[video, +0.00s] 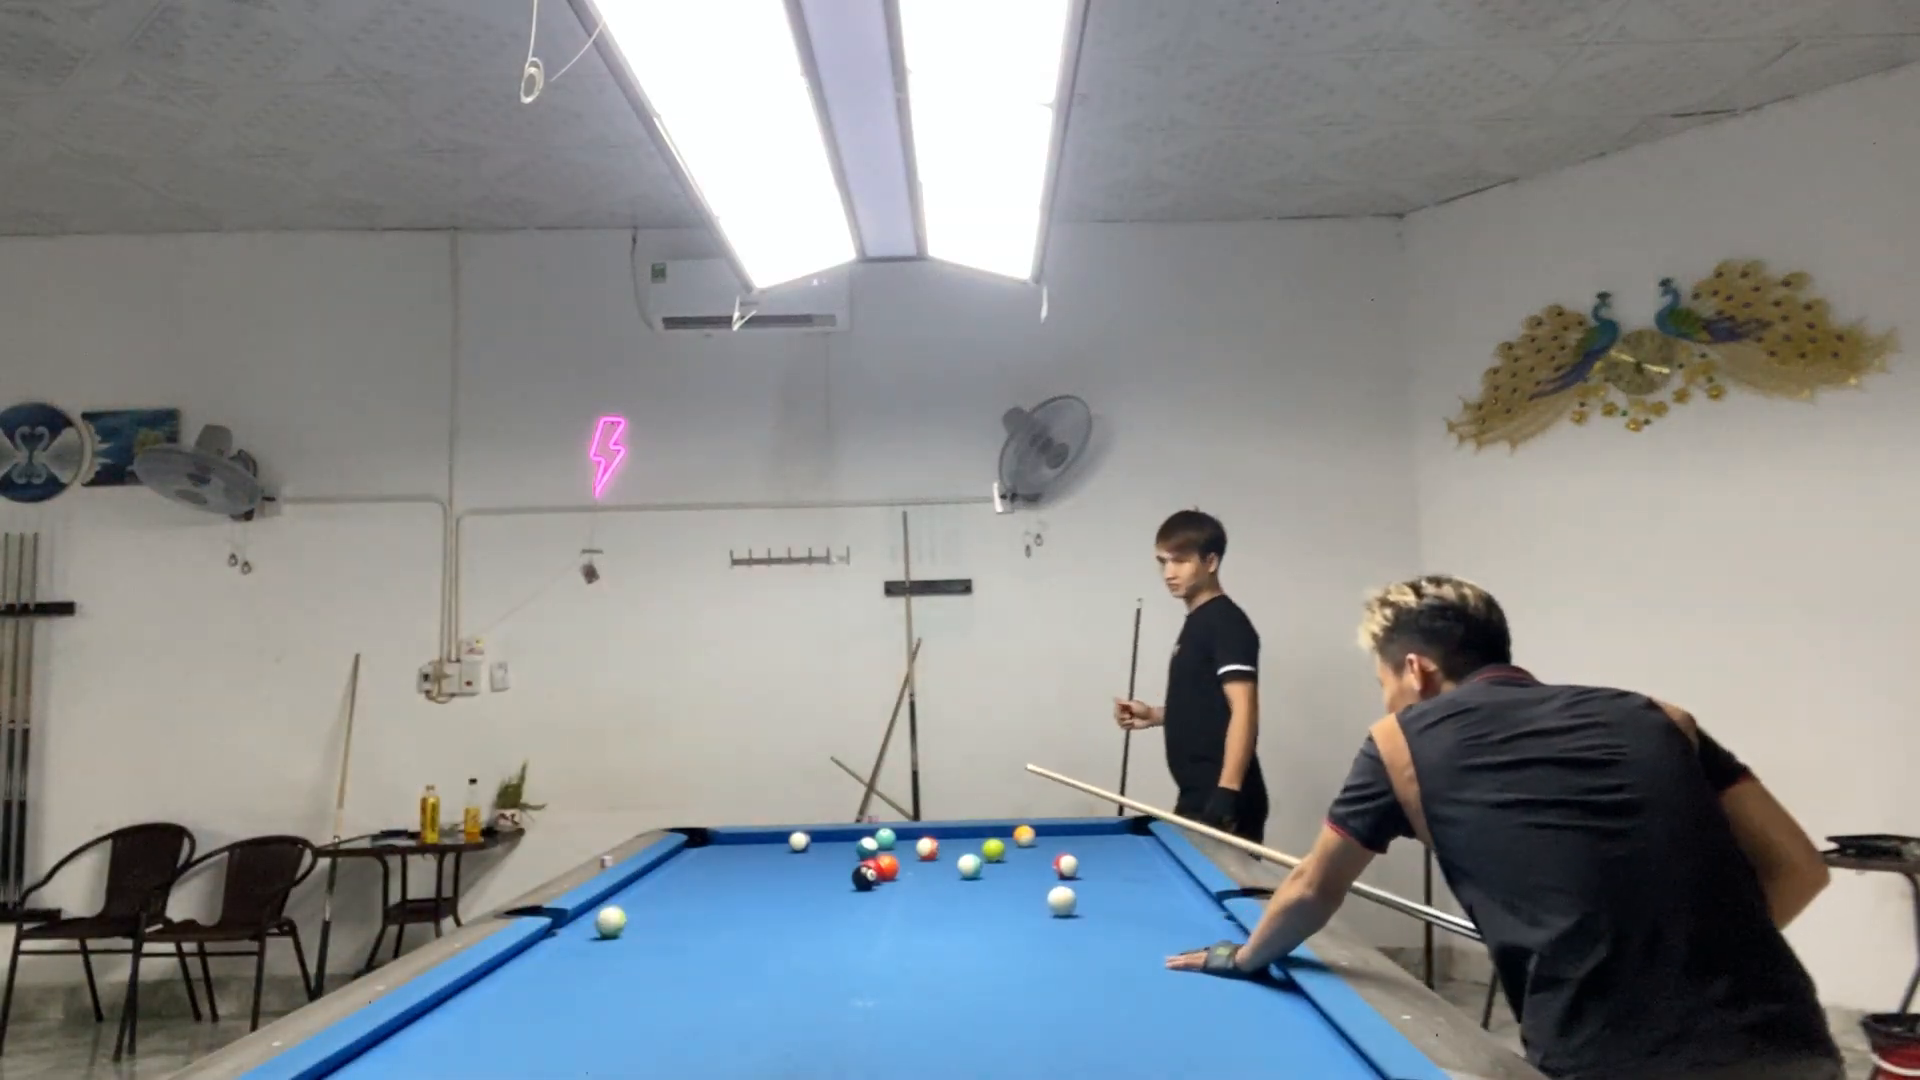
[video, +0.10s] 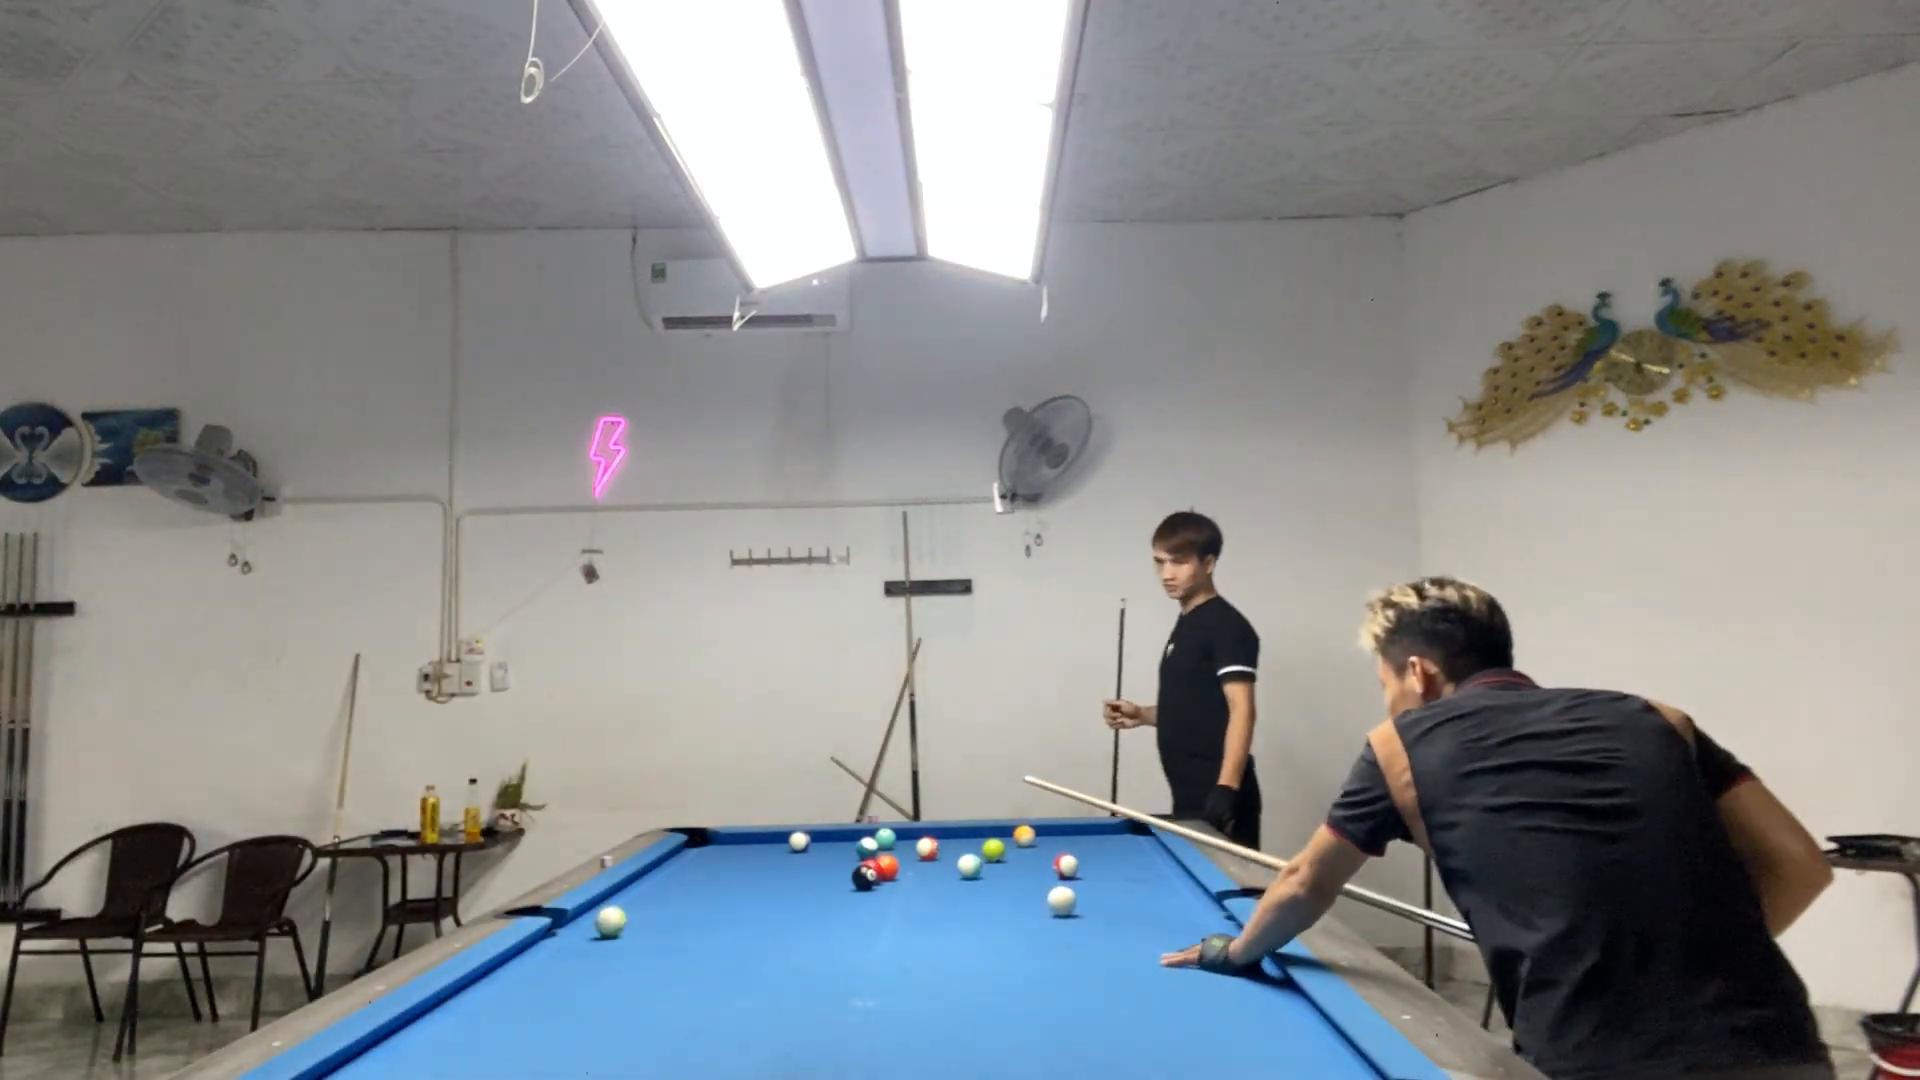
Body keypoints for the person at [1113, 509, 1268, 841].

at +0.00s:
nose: (1168, 572)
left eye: (1180, 560)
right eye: (1163, 561)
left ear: (1211, 561)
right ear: (1158, 561)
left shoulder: (1226, 623)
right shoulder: (1196, 622)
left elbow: (1244, 712)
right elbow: (1203, 705)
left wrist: (1227, 792)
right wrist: (1154, 715)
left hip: (1225, 796)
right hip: (1197, 792)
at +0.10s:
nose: (1166, 573)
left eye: (1178, 562)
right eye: (1160, 563)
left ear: (1208, 562)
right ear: (1154, 562)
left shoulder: (1227, 626)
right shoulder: (1185, 626)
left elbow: (1242, 711)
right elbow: (1191, 711)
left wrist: (1226, 789)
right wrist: (1141, 715)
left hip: (1221, 795)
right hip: (1189, 793)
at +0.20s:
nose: (1163, 573)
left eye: (1175, 563)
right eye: (1156, 563)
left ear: (1203, 564)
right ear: (1150, 563)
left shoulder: (1225, 627)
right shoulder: (1174, 628)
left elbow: (1243, 709)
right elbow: (1181, 710)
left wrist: (1231, 788)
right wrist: (1130, 711)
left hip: (1219, 794)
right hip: (1184, 791)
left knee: (1225, 899)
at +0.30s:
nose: (1158, 575)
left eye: (1170, 564)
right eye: (1151, 564)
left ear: (1197, 564)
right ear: (1144, 565)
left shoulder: (1222, 628)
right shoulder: (1164, 633)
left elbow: (1240, 711)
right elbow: (1171, 710)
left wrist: (1238, 790)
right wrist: (1121, 707)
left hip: (1213, 794)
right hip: (1178, 792)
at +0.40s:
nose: (1155, 576)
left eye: (1167, 564)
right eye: (1147, 565)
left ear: (1193, 564)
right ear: (1140, 567)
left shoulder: (1221, 628)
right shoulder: (1158, 634)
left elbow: (1239, 708)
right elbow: (1159, 710)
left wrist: (1246, 790)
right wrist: (1115, 705)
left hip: (1212, 796)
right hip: (1174, 793)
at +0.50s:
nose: (1154, 577)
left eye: (1165, 565)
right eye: (1146, 566)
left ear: (1191, 564)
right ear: (1138, 567)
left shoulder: (1221, 628)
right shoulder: (1154, 635)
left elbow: (1242, 708)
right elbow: (1160, 711)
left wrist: (1255, 789)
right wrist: (1114, 707)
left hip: (1212, 795)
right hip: (1170, 794)